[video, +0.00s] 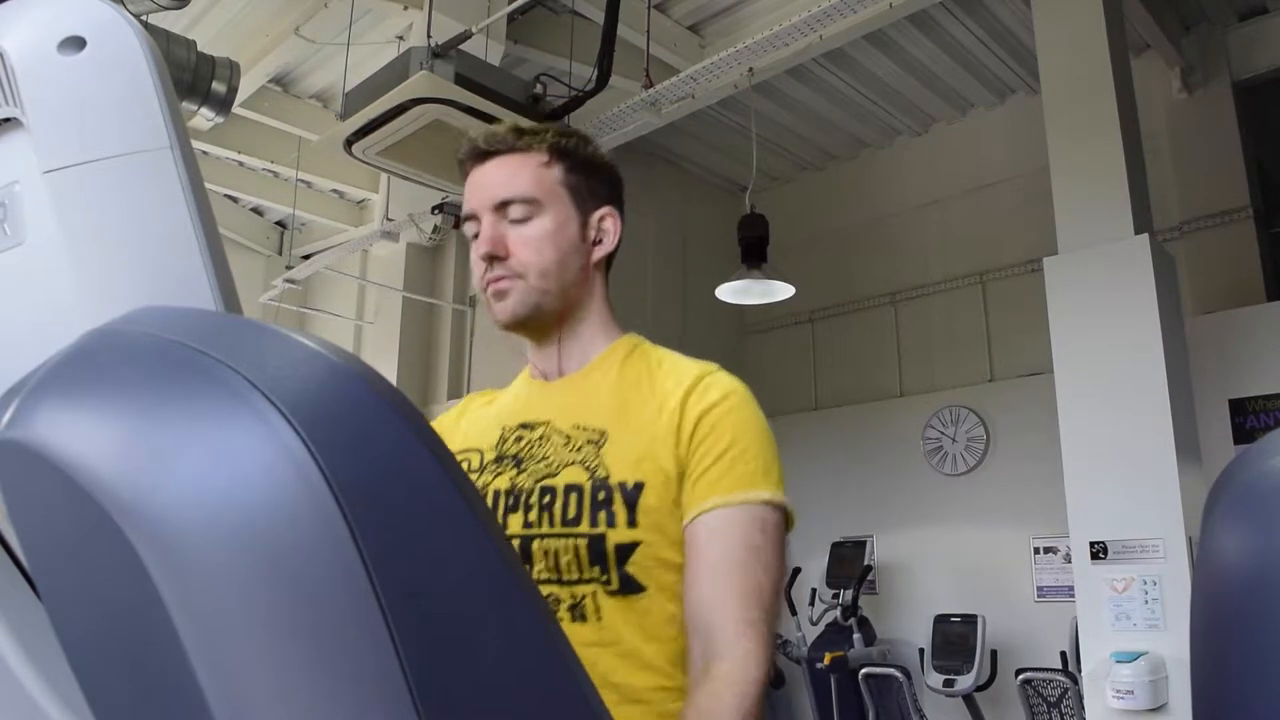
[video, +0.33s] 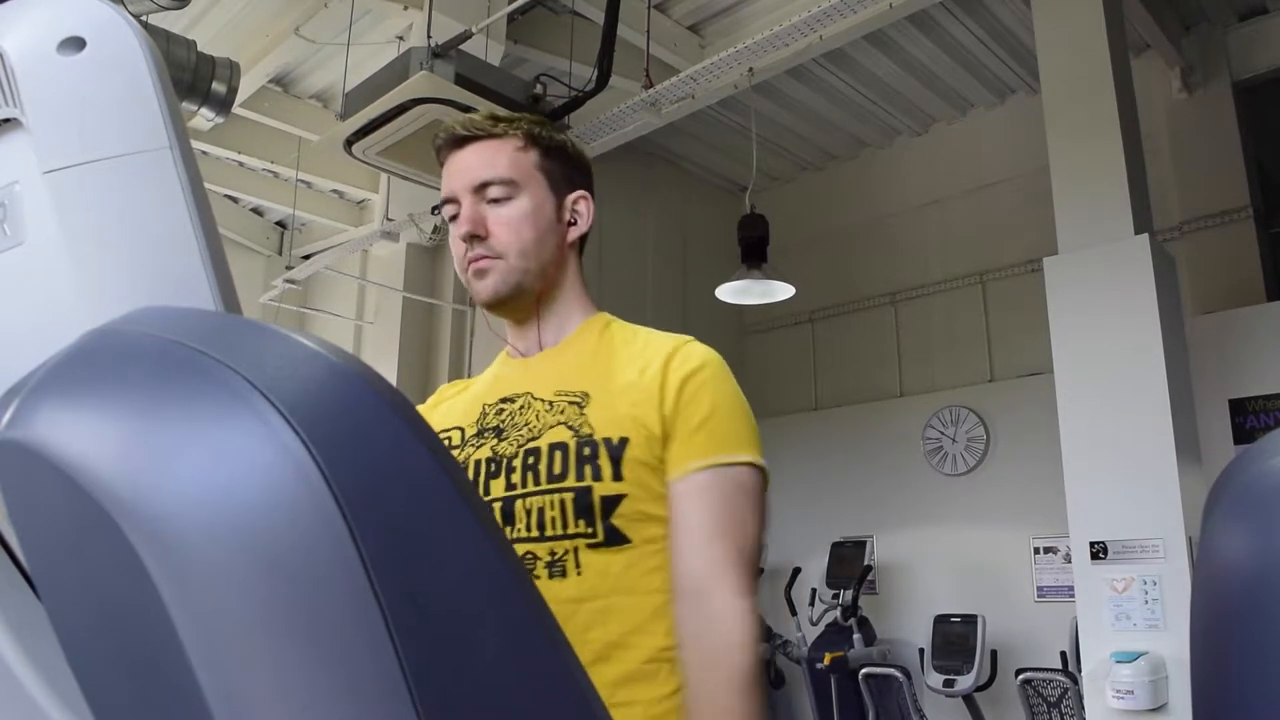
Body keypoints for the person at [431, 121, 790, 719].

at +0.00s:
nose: (485, 247)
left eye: (518, 215)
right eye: (474, 228)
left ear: (600, 234)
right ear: (467, 248)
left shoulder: (703, 404)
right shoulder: (446, 435)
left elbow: (730, 668)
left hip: (640, 704)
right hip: (466, 703)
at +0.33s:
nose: (466, 227)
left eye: (497, 196)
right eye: (452, 212)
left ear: (574, 215)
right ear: (445, 237)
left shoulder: (681, 373)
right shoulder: (434, 419)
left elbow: (715, 608)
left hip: (639, 702)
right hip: (466, 704)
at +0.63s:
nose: (489, 258)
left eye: (521, 228)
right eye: (475, 238)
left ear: (595, 251)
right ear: (466, 261)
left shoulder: (699, 415)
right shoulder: (447, 445)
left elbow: (761, 648)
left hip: (674, 706)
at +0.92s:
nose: (518, 224)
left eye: (550, 196)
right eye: (507, 205)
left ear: (631, 220)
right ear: (501, 228)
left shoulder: (724, 399)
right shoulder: (458, 425)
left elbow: (764, 660)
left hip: (674, 704)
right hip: (489, 703)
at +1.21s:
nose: (521, 249)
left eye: (553, 219)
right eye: (509, 232)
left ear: (631, 242)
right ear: (502, 255)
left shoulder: (730, 409)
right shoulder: (462, 450)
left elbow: (761, 664)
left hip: (673, 703)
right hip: (500, 703)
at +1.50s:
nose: (517, 242)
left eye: (547, 214)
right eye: (498, 223)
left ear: (612, 239)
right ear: (487, 251)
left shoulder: (707, 392)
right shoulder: (448, 439)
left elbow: (734, 616)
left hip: (664, 704)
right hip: (495, 704)